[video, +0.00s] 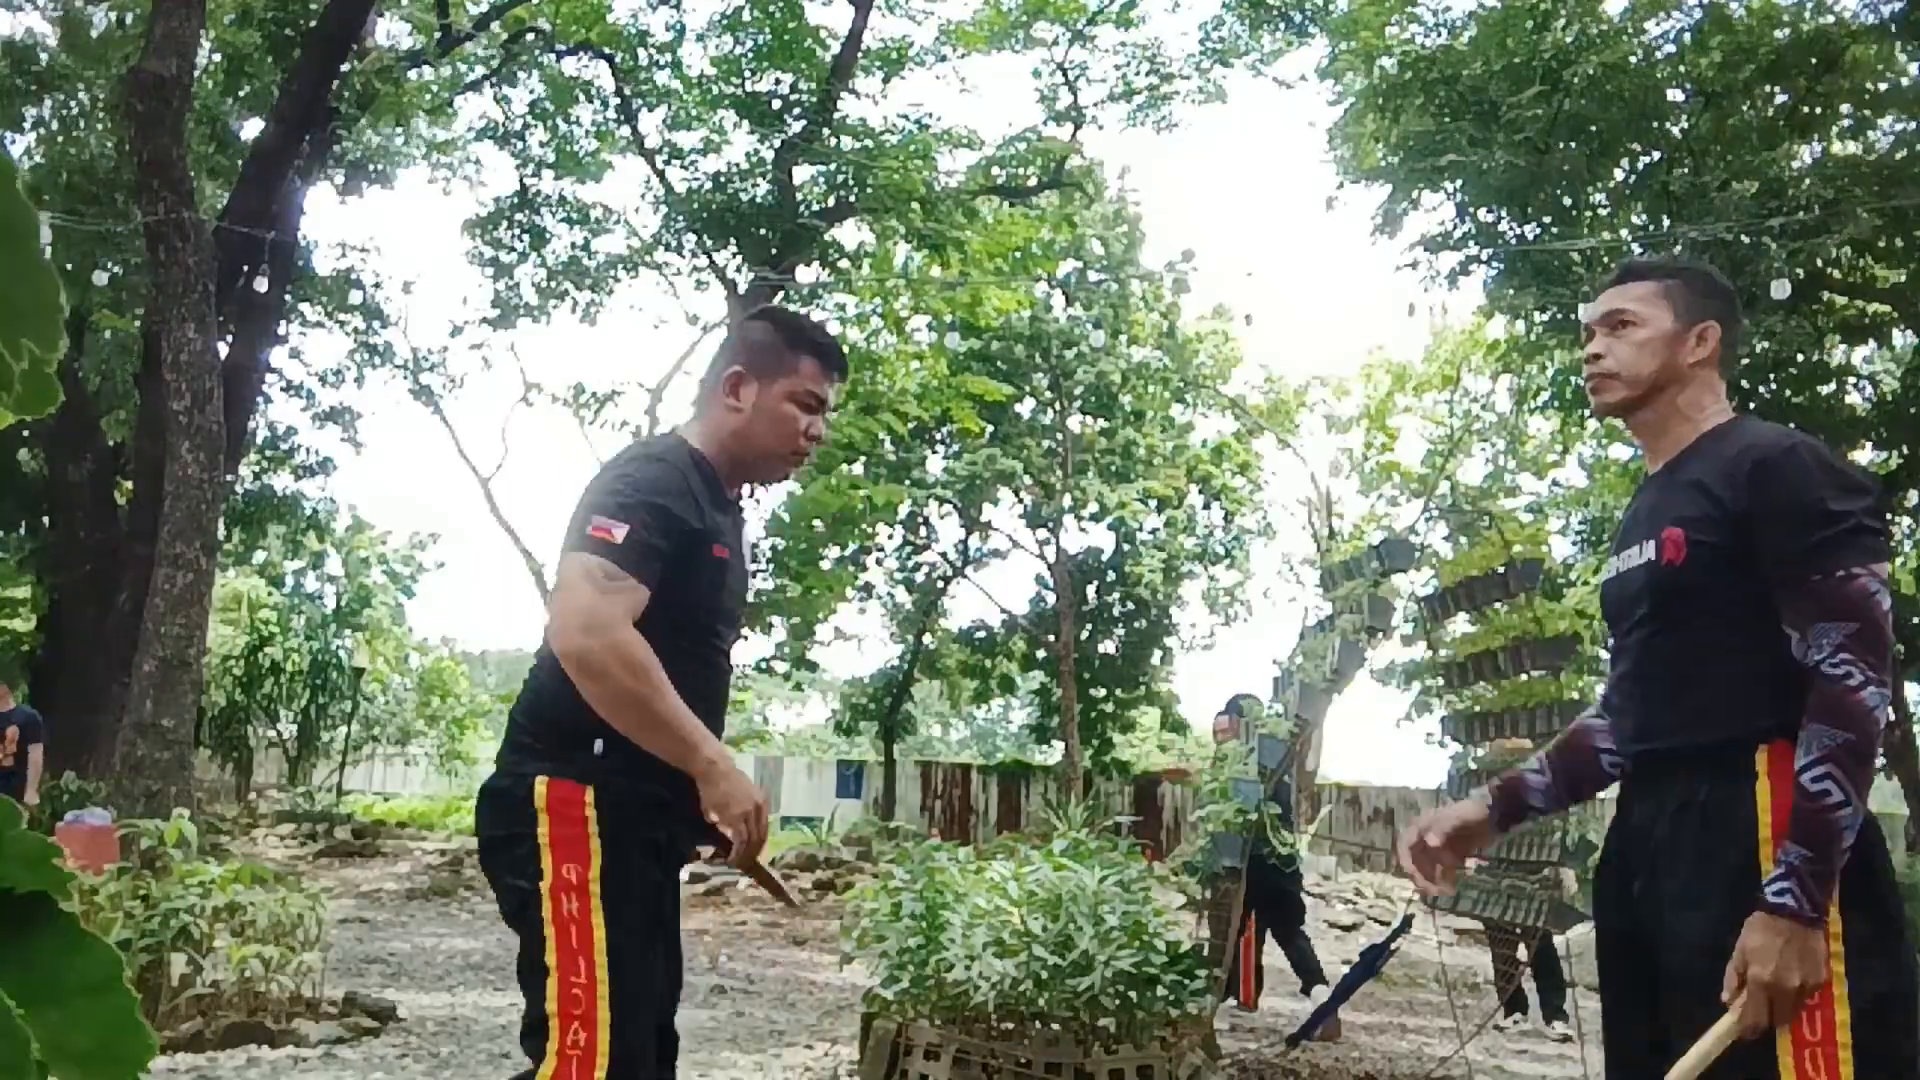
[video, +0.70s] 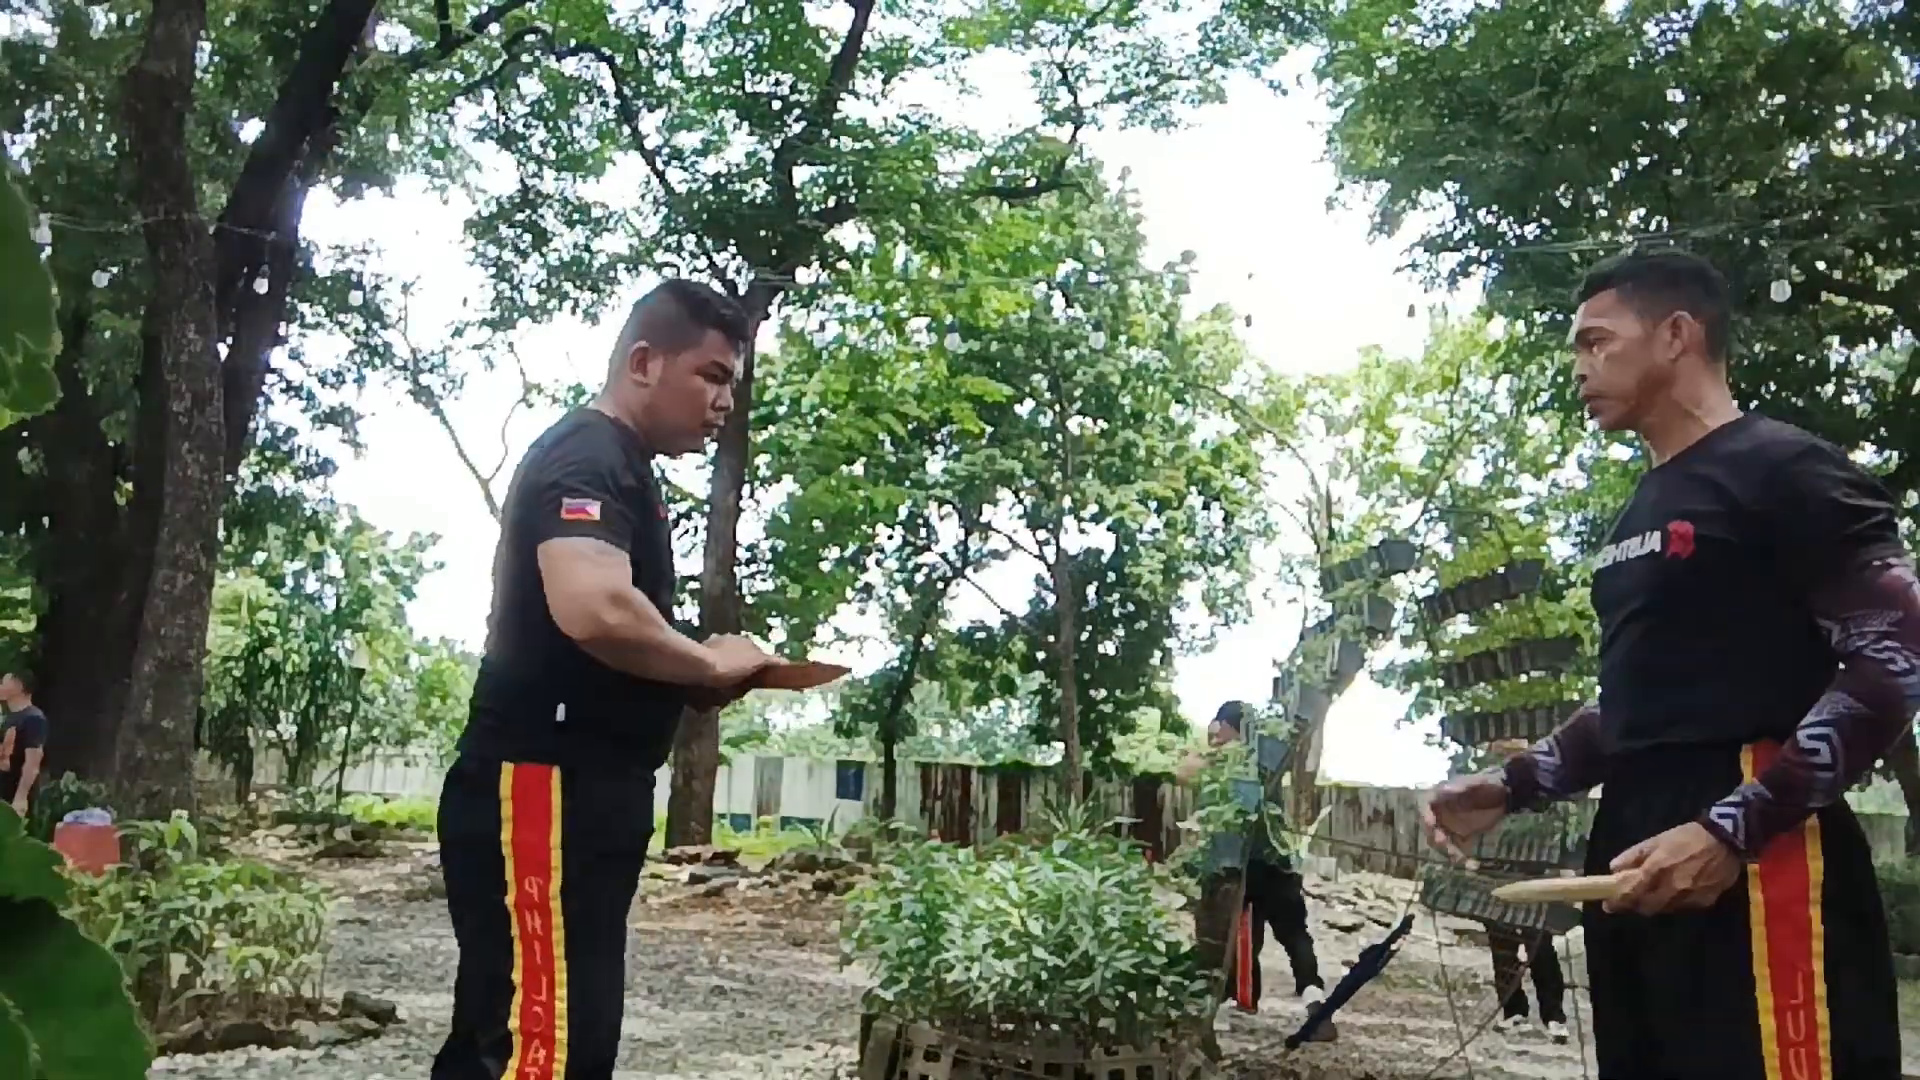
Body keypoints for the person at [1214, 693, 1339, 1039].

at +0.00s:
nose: (1219, 733)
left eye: (1223, 727)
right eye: (1219, 727)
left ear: (1241, 724)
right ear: (1252, 721)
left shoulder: (1244, 761)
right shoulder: (1276, 756)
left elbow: (1242, 812)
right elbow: (1277, 810)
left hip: (1253, 861)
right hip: (1280, 860)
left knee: (1245, 933)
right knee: (1289, 929)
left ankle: (1242, 1002)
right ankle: (1324, 1003)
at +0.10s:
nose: (1214, 735)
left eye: (1218, 728)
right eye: (1214, 728)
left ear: (1235, 726)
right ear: (1240, 725)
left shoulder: (1242, 763)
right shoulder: (1270, 760)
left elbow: (1239, 806)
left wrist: (1183, 787)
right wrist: (1185, 787)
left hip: (1250, 863)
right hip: (1281, 864)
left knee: (1238, 930)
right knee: (1289, 931)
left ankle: (1238, 1002)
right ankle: (1325, 1007)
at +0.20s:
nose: (1208, 737)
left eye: (1210, 730)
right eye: (1208, 730)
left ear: (1221, 728)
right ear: (1237, 728)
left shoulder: (1232, 762)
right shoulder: (1266, 761)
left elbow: (1208, 794)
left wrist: (1173, 807)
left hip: (1248, 864)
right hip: (1283, 863)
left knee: (1243, 932)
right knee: (1287, 931)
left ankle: (1243, 1003)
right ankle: (1320, 999)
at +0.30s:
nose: (1208, 738)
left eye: (1209, 731)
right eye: (1207, 732)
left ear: (1219, 728)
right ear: (1236, 727)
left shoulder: (1232, 762)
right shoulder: (1261, 759)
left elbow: (1209, 796)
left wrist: (1175, 818)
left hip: (1249, 866)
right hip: (1283, 864)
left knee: (1236, 932)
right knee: (1285, 934)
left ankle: (1238, 1001)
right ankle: (1321, 1002)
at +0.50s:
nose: (1206, 738)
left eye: (1207, 731)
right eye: (1207, 732)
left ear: (1215, 729)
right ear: (1234, 728)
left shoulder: (1223, 762)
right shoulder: (1257, 758)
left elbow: (1224, 822)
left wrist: (1197, 850)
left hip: (1245, 861)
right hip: (1277, 858)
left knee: (1241, 929)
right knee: (1277, 929)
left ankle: (1241, 1000)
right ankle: (1313, 993)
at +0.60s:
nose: (1209, 737)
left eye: (1211, 730)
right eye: (1210, 730)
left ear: (1221, 729)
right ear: (1238, 727)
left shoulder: (1230, 763)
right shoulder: (1263, 759)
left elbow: (1228, 820)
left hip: (1244, 861)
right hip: (1275, 859)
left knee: (1240, 929)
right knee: (1280, 929)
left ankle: (1241, 999)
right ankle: (1314, 995)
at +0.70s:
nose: (1214, 739)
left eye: (1217, 732)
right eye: (1214, 733)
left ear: (1229, 729)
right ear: (1246, 729)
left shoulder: (1226, 761)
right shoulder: (1270, 758)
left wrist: (1203, 748)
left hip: (1237, 861)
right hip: (1277, 863)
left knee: (1241, 934)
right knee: (1294, 929)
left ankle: (1241, 1000)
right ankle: (1312, 989)